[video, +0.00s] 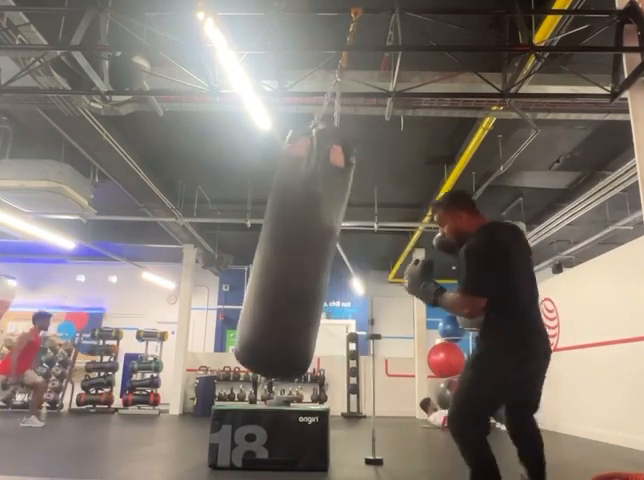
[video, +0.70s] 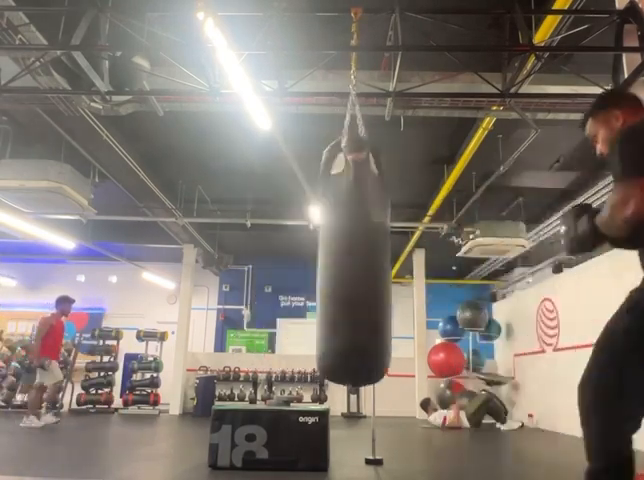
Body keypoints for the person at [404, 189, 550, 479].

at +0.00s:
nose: (442, 233)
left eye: (443, 224)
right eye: (440, 226)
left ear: (461, 215)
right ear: (470, 214)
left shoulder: (477, 246)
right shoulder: (513, 233)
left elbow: (471, 305)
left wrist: (430, 292)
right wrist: (460, 247)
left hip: (500, 347)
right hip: (535, 344)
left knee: (464, 421)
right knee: (520, 416)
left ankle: (487, 474)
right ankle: (537, 474)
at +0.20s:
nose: (461, 220)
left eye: (462, 211)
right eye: (459, 213)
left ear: (480, 200)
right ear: (494, 199)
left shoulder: (494, 224)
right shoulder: (542, 224)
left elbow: (504, 265)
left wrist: (465, 298)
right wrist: (473, 247)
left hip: (522, 342)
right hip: (560, 339)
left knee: (479, 429)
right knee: (545, 412)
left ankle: (493, 474)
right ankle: (581, 473)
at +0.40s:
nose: (506, 192)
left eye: (506, 181)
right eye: (503, 185)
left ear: (529, 168)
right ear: (532, 169)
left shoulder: (556, 187)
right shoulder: (593, 194)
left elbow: (576, 226)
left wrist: (528, 251)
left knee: (527, 419)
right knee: (626, 433)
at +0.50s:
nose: (541, 193)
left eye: (541, 181)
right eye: (537, 185)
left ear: (564, 169)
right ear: (568, 170)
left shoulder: (603, 198)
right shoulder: (622, 196)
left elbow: (606, 258)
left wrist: (549, 254)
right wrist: (557, 239)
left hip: (601, 350)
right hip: (628, 349)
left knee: (551, 439)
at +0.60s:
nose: (572, 182)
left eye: (572, 168)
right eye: (568, 173)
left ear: (596, 153)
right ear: (604, 155)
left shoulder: (625, 177)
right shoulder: (628, 182)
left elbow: (621, 251)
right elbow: (621, 260)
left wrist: (569, 236)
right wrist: (568, 245)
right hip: (635, 324)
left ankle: (571, 474)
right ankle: (572, 472)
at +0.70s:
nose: (599, 150)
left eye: (598, 137)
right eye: (595, 143)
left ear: (618, 117)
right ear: (623, 118)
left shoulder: (634, 136)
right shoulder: (636, 138)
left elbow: (630, 211)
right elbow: (631, 214)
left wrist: (595, 228)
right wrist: (598, 227)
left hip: (643, 290)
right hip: (641, 289)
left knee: (601, 388)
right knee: (602, 387)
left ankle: (608, 470)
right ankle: (610, 469)